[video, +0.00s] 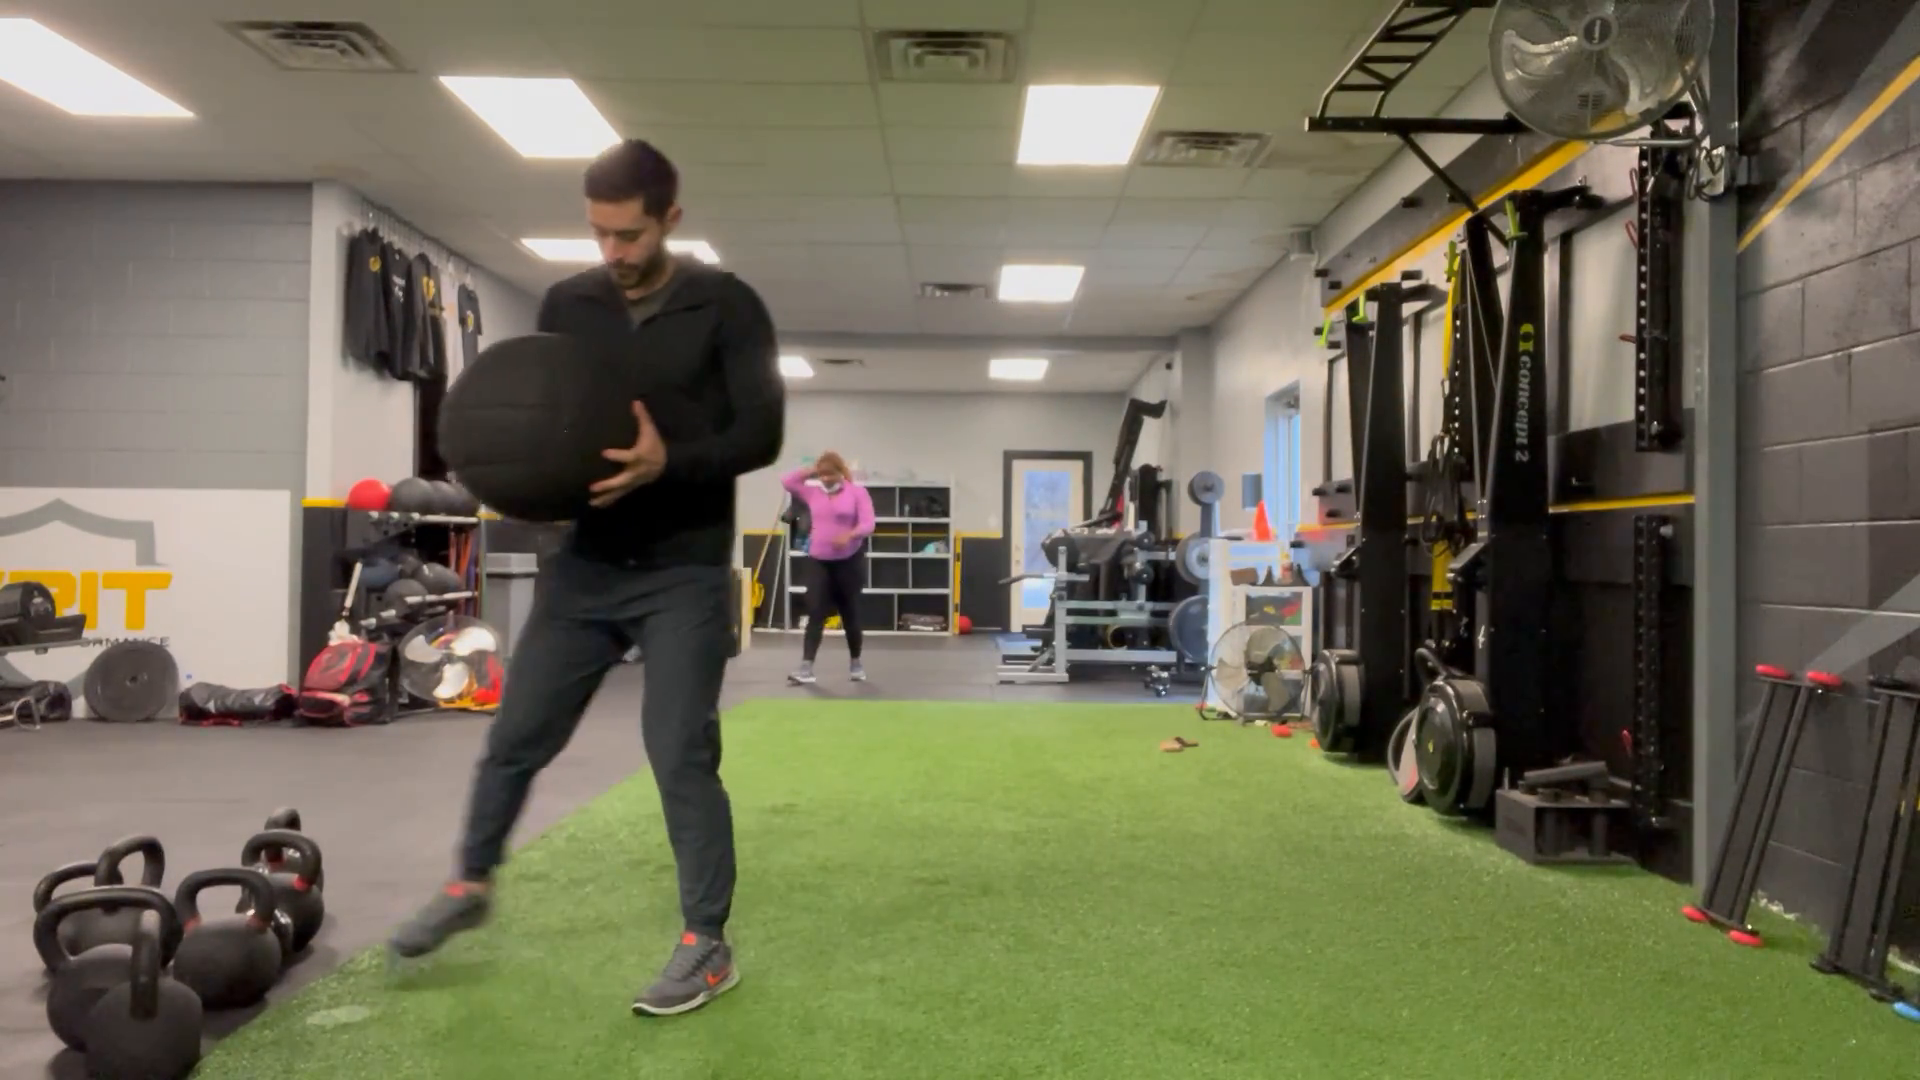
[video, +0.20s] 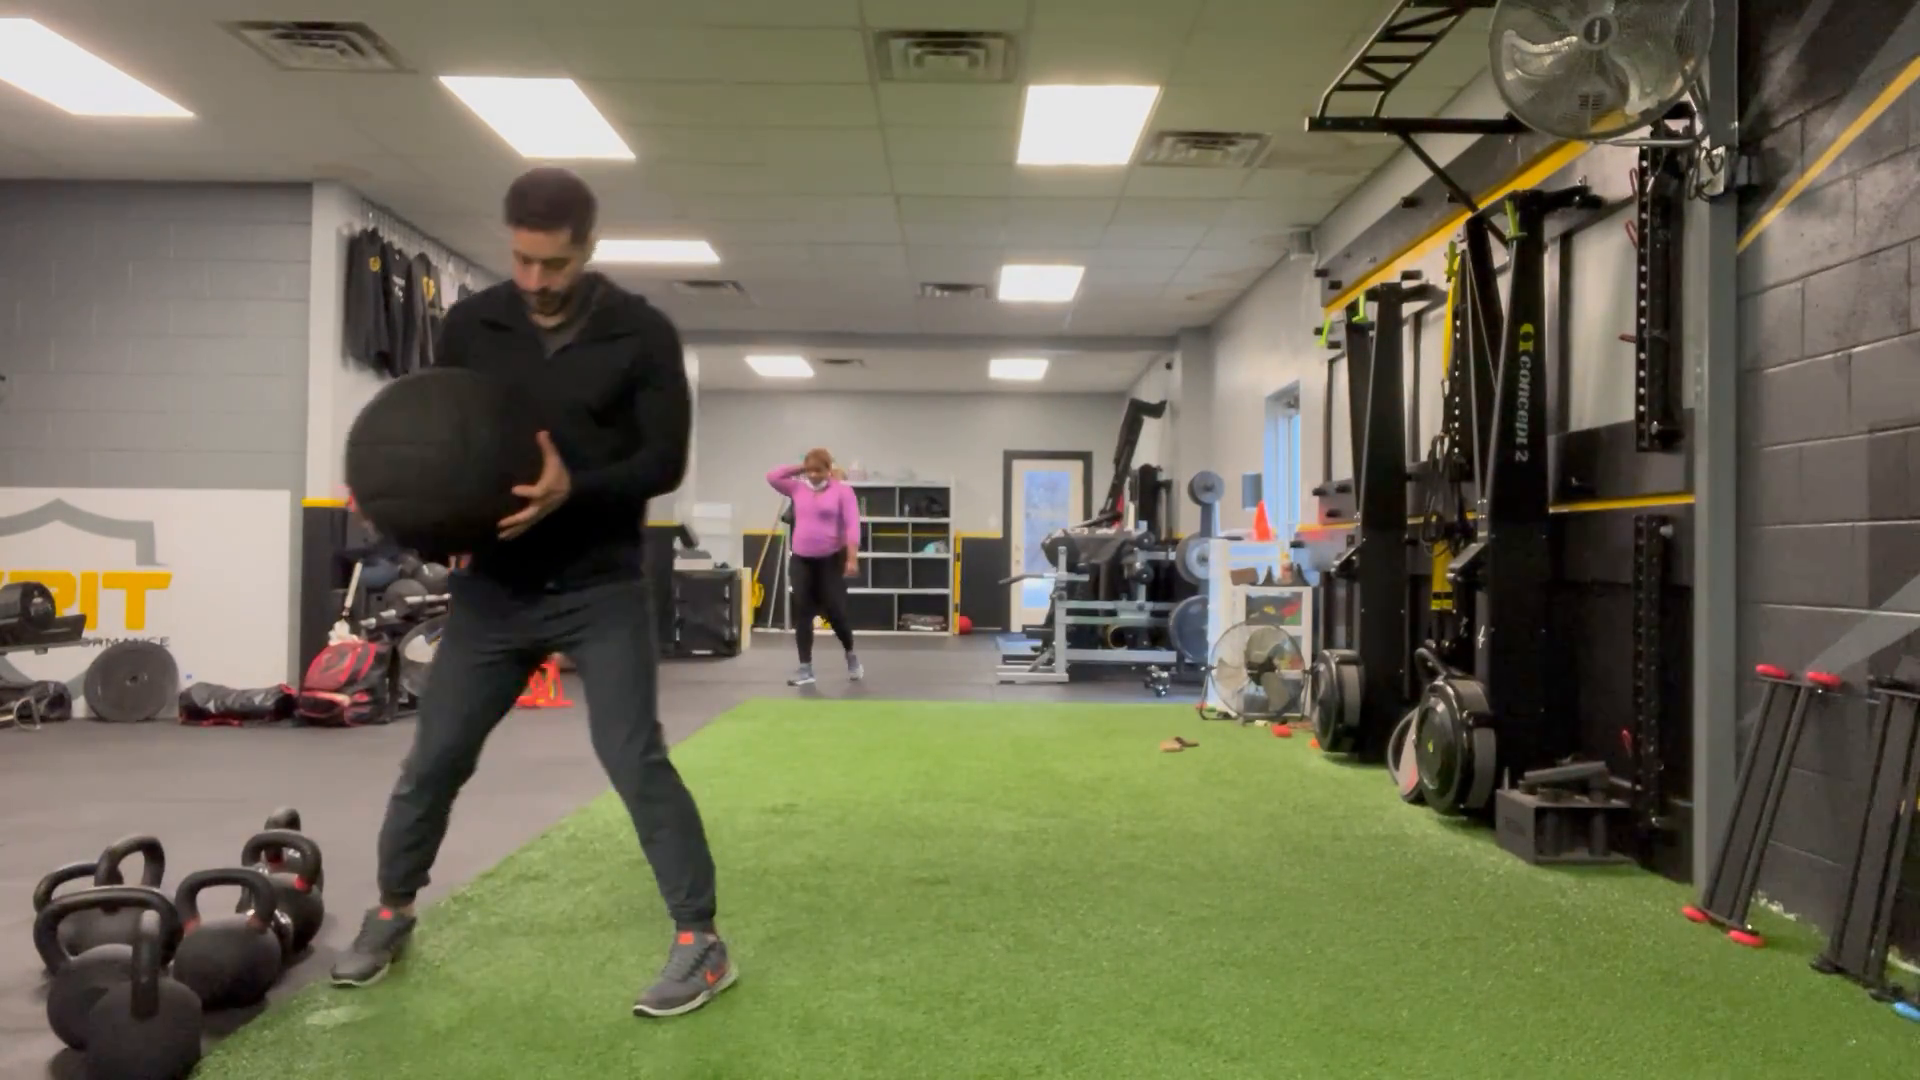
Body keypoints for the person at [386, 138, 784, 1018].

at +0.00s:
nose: (615, 253)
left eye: (632, 235)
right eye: (601, 235)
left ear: (671, 216)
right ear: (587, 222)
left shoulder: (727, 306)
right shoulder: (570, 306)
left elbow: (762, 437)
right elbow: (548, 419)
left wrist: (673, 458)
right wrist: (514, 467)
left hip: (685, 573)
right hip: (581, 569)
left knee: (681, 751)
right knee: (513, 738)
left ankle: (705, 940)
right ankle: (469, 886)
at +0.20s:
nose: (533, 280)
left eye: (552, 264)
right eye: (521, 261)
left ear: (589, 248)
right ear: (506, 243)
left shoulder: (642, 334)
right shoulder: (471, 325)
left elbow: (666, 464)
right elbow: (440, 445)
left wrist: (575, 485)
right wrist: (399, 496)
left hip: (602, 589)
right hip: (492, 591)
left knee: (632, 757)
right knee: (434, 759)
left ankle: (699, 938)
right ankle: (393, 910)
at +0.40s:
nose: (474, 282)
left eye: (491, 265)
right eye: (459, 263)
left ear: (526, 247)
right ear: (440, 245)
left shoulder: (582, 332)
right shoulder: (405, 323)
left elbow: (607, 459)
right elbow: (389, 435)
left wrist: (512, 492)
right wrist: (366, 506)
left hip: (553, 575)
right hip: (440, 583)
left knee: (582, 736)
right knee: (407, 758)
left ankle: (626, 915)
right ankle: (387, 915)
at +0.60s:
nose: (449, 295)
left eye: (467, 277)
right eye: (433, 276)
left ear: (500, 258)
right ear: (412, 258)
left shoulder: (553, 341)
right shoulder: (383, 336)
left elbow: (595, 473)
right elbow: (376, 444)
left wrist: (489, 516)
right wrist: (362, 521)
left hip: (538, 588)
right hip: (426, 594)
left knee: (566, 754)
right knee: (393, 759)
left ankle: (601, 922)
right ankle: (385, 917)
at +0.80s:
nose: (444, 295)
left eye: (462, 276)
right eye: (427, 276)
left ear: (493, 257)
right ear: (404, 259)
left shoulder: (546, 342)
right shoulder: (371, 338)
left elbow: (591, 471)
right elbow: (365, 440)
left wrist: (482, 515)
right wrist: (351, 518)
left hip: (534, 586)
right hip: (420, 594)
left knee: (560, 751)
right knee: (394, 760)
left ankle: (601, 921)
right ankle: (385, 916)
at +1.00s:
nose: (467, 299)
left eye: (484, 281)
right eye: (451, 279)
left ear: (512, 263)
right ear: (427, 263)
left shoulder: (562, 347)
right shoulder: (389, 342)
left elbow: (602, 476)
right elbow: (381, 447)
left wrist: (494, 522)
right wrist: (373, 535)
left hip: (549, 586)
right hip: (437, 595)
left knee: (568, 745)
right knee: (408, 765)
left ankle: (611, 918)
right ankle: (386, 915)